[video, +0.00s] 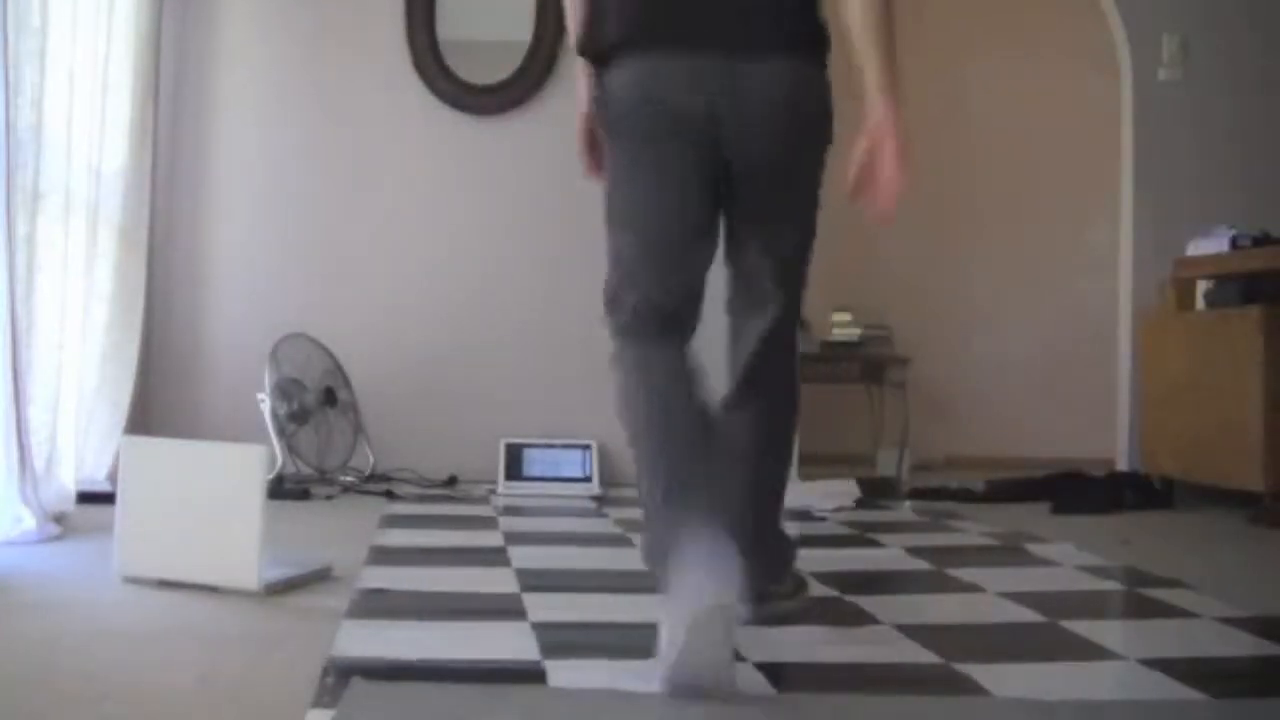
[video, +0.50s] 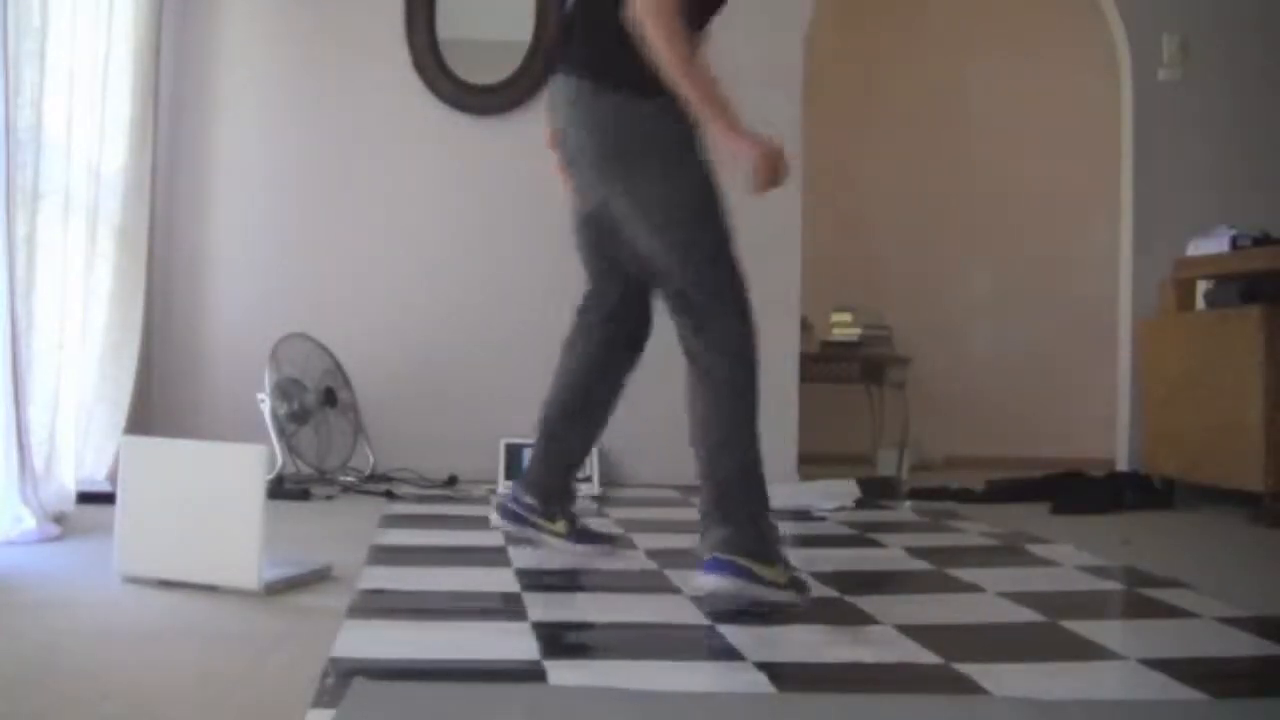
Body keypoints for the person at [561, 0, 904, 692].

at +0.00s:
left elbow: (579, 3)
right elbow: (849, 1)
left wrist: (591, 90)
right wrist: (877, 101)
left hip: (650, 67)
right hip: (778, 68)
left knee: (648, 326)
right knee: (765, 332)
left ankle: (695, 560)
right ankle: (757, 570)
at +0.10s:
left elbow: (582, 1)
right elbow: (837, 4)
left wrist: (581, 92)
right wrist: (866, 129)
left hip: (655, 88)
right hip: (780, 92)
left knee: (638, 327)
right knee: (767, 337)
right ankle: (750, 564)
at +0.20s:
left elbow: (576, 1)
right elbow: (810, 8)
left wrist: (569, 104)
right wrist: (837, 138)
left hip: (636, 101)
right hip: (752, 104)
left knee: (647, 296)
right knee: (766, 334)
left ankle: (601, 462)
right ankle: (750, 559)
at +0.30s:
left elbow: (577, 4)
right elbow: (775, 6)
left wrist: (570, 98)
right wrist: (811, 131)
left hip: (621, 94)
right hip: (724, 98)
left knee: (650, 290)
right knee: (758, 325)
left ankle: (567, 502)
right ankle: (749, 561)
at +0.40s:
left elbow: (573, 13)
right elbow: (705, 8)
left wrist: (578, 100)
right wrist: (766, 121)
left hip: (600, 80)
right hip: (674, 90)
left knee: (634, 303)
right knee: (734, 316)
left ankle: (552, 503)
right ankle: (744, 555)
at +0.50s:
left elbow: (573, 18)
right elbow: (649, 10)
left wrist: (565, 116)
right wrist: (730, 130)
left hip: (588, 94)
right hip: (631, 105)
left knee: (616, 310)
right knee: (718, 319)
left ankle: (539, 495)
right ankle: (739, 544)